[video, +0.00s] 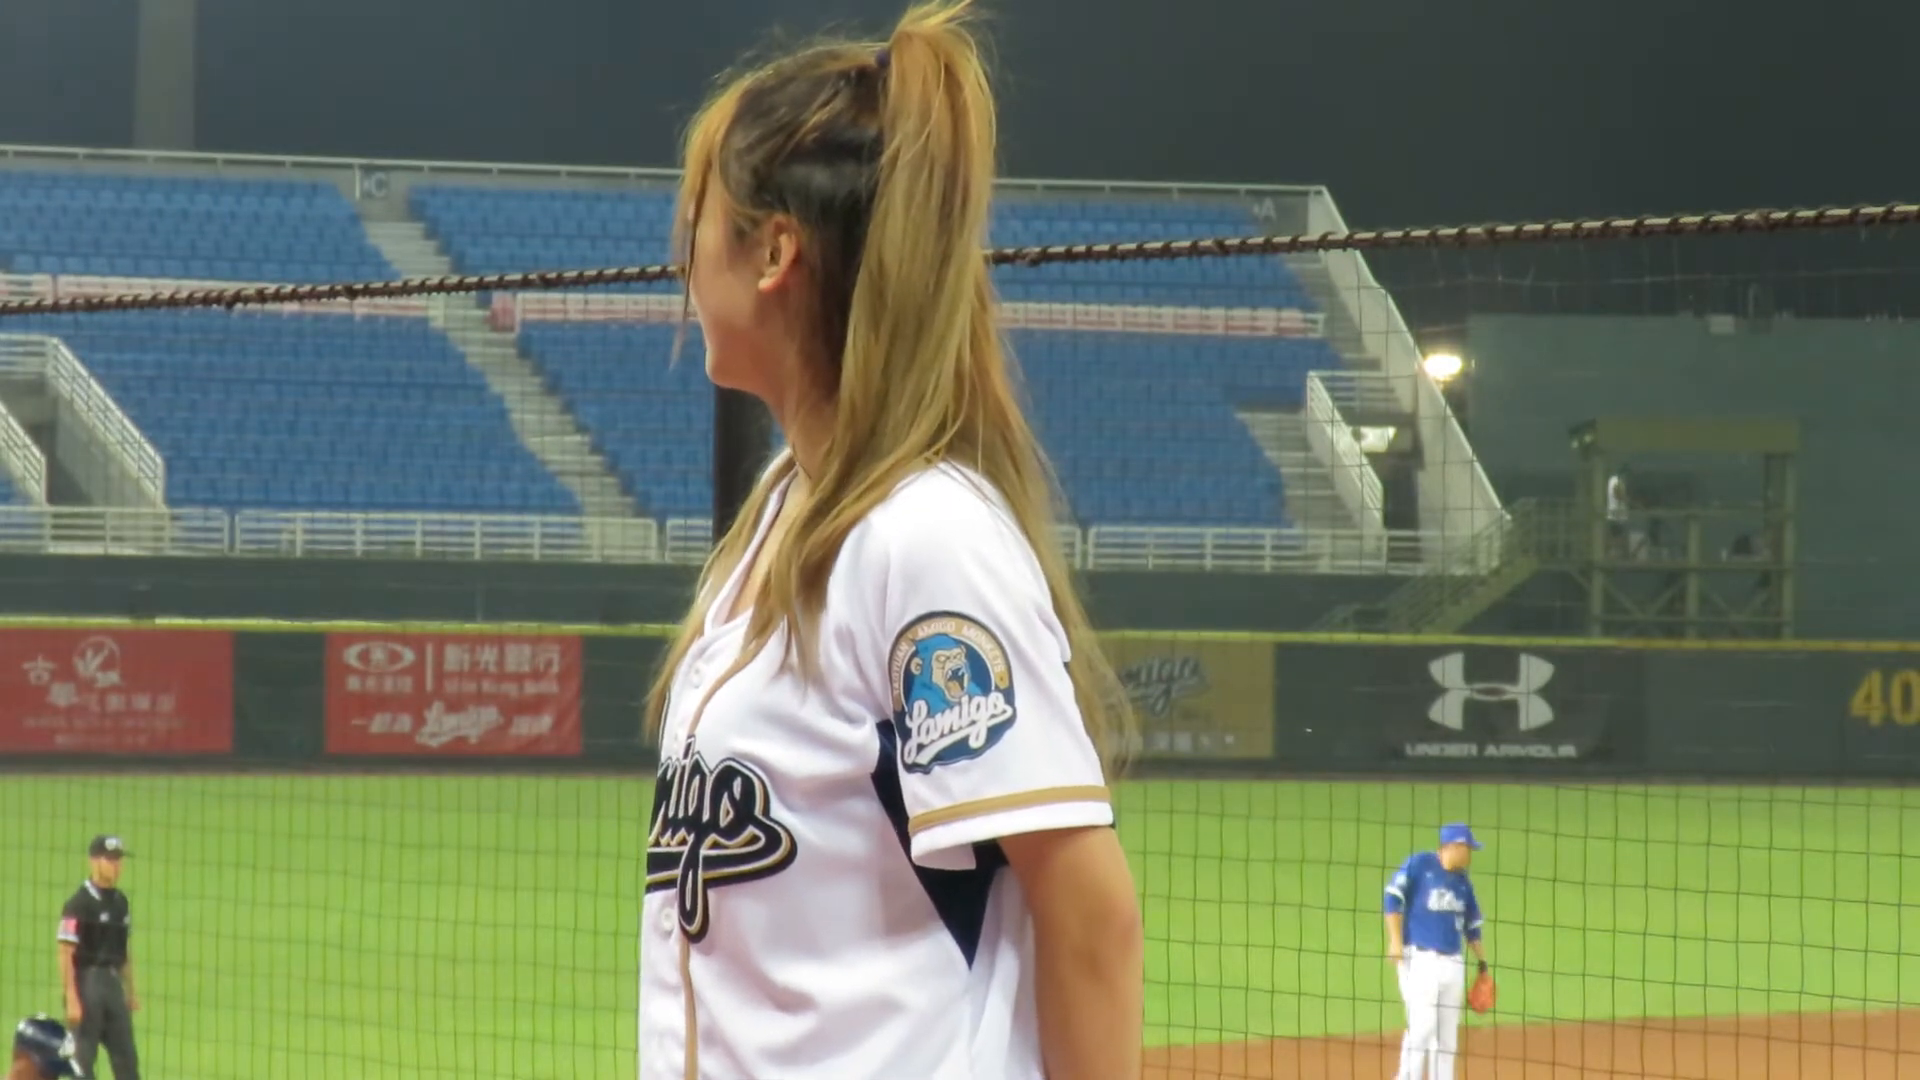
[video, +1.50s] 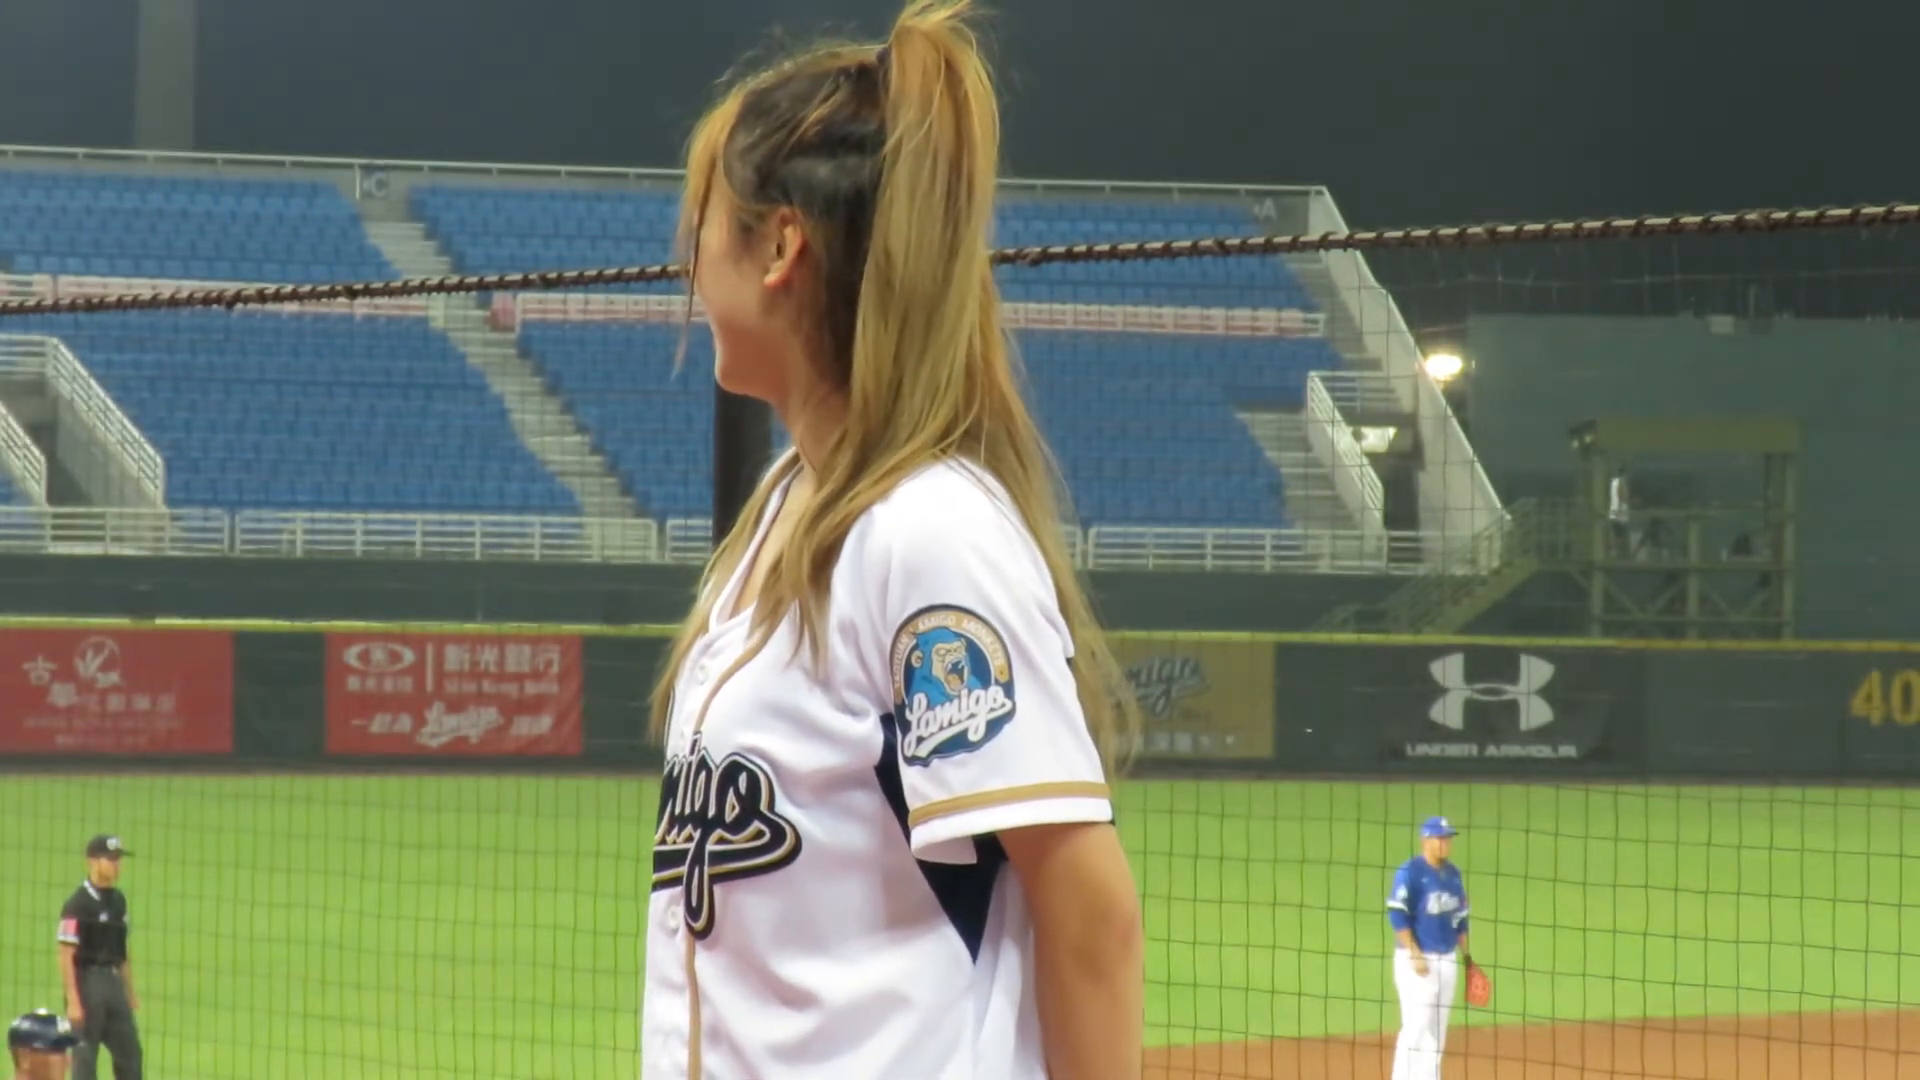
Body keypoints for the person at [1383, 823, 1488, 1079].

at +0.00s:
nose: (1470, 855)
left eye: (1470, 849)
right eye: (1466, 848)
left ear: (1460, 849)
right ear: (1450, 846)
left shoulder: (1463, 882)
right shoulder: (1420, 863)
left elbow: (1473, 928)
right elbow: (1393, 898)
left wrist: (1482, 966)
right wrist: (1396, 942)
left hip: (1452, 963)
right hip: (1419, 959)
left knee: (1447, 1035)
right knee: (1423, 1028)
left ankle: (1443, 1077)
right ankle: (1408, 1076)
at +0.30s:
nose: (1454, 853)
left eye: (1454, 847)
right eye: (1451, 847)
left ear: (1443, 846)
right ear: (1437, 844)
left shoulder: (1449, 878)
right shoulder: (1402, 871)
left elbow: (1456, 929)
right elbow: (1390, 913)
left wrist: (1466, 967)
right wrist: (1394, 948)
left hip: (1447, 963)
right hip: (1412, 963)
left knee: (1443, 1037)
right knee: (1409, 1034)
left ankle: (1442, 1077)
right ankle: (1401, 1077)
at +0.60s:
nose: (1440, 849)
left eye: (1439, 844)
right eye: (1436, 844)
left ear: (1433, 844)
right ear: (1421, 843)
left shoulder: (1440, 875)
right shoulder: (1392, 871)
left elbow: (1450, 922)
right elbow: (1379, 913)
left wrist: (1461, 960)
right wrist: (1386, 954)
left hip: (1434, 962)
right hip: (1400, 962)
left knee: (1439, 1033)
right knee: (1399, 1035)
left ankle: (1442, 1077)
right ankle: (1399, 1077)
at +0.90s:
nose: (1430, 843)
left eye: (1431, 838)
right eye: (1424, 838)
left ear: (1433, 841)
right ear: (1410, 840)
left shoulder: (1439, 874)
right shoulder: (1389, 873)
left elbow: (1449, 921)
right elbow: (1376, 916)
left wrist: (1460, 958)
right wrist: (1381, 957)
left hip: (1433, 960)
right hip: (1400, 959)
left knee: (1442, 1029)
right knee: (1399, 1032)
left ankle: (1436, 1076)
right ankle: (1398, 1076)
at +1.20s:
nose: (1435, 841)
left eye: (1436, 835)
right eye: (1429, 836)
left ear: (1440, 838)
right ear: (1415, 838)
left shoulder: (1446, 872)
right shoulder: (1398, 871)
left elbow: (1454, 919)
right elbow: (1389, 915)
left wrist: (1462, 956)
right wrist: (1391, 954)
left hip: (1441, 959)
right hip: (1411, 957)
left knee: (1434, 1029)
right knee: (1407, 1027)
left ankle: (1428, 1076)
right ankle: (1401, 1075)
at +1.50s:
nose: (1445, 844)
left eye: (1447, 839)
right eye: (1439, 839)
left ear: (1450, 842)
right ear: (1426, 840)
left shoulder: (1452, 874)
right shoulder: (1410, 872)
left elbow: (1460, 921)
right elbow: (1397, 914)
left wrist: (1467, 960)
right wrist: (1415, 952)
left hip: (1447, 960)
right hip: (1416, 958)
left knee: (1437, 1028)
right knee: (1416, 1025)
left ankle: (1429, 1075)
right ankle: (1404, 1075)